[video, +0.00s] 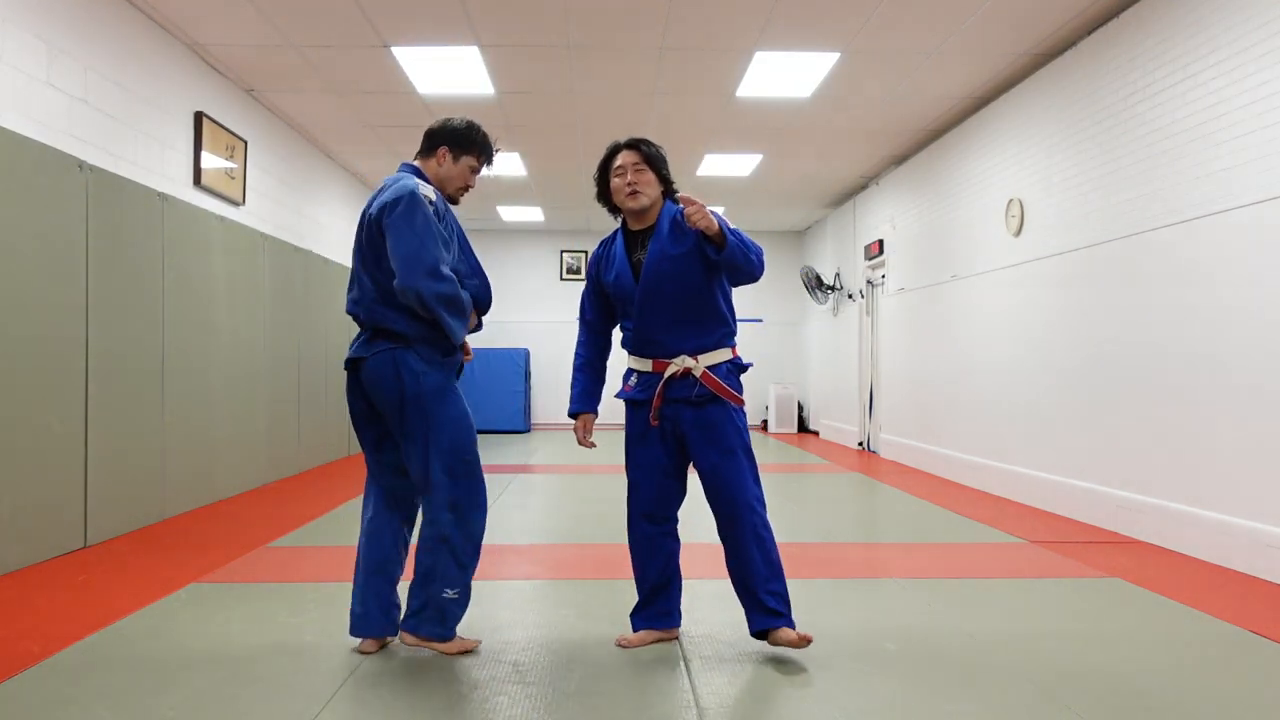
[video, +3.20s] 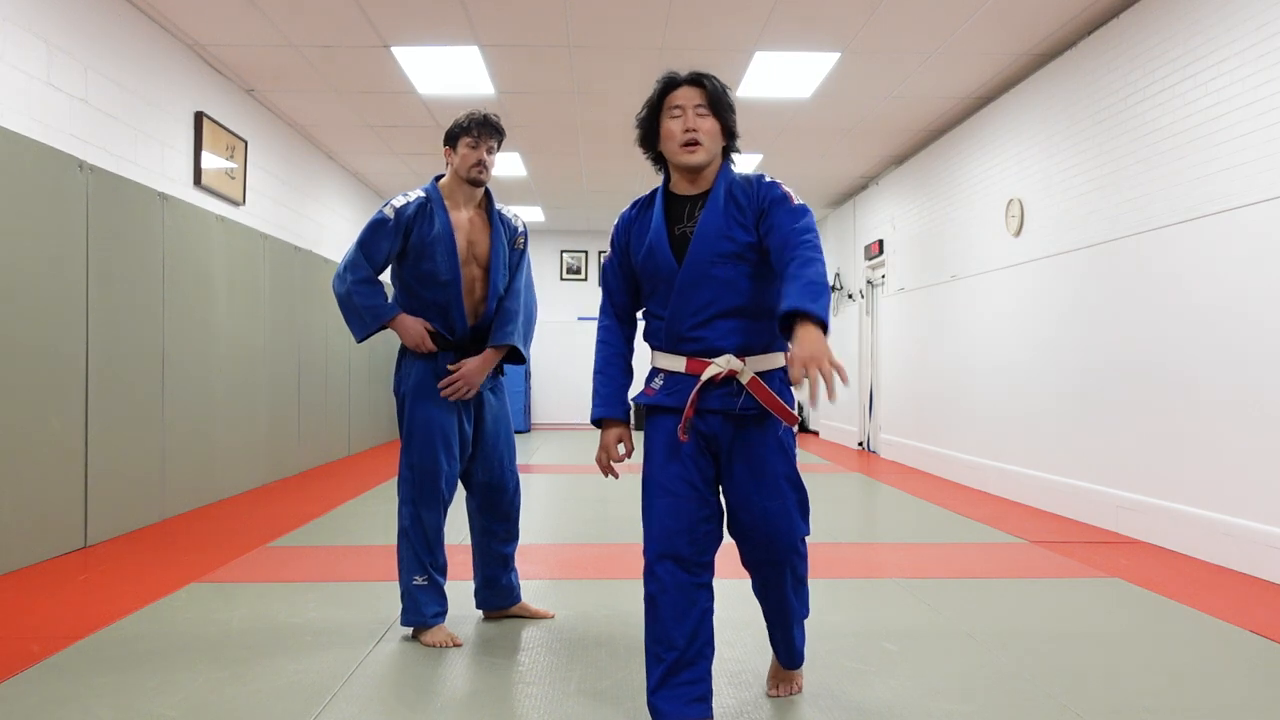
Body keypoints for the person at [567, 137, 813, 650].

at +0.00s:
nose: (629, 177)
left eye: (639, 168)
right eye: (619, 172)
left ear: (661, 178)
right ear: (609, 191)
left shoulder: (696, 221)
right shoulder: (607, 255)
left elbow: (751, 268)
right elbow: (593, 332)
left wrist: (715, 231)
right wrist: (584, 403)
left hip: (712, 382)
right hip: (646, 389)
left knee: (740, 504)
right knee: (649, 511)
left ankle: (772, 620)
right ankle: (658, 620)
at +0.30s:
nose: (659, 171)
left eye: (672, 163)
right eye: (651, 165)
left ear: (696, 176)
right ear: (640, 180)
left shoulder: (724, 228)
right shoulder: (639, 243)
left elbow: (738, 298)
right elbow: (621, 326)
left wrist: (657, 279)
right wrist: (604, 397)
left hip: (712, 389)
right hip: (655, 391)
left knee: (725, 522)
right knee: (650, 514)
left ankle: (750, 649)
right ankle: (660, 619)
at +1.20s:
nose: (727, 157)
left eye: (743, 147)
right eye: (721, 146)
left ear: (774, 159)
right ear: (714, 155)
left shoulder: (793, 225)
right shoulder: (716, 219)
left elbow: (800, 330)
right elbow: (699, 307)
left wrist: (716, 362)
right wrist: (681, 375)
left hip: (767, 394)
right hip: (710, 388)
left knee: (753, 526)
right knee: (681, 509)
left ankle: (758, 657)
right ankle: (690, 626)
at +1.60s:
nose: (743, 150)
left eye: (758, 141)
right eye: (734, 139)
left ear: (784, 157)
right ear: (720, 153)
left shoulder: (806, 223)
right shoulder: (701, 227)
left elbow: (851, 303)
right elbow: (680, 319)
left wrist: (782, 303)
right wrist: (666, 395)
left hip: (779, 394)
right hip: (708, 390)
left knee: (766, 538)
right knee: (679, 529)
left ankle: (760, 660)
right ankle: (661, 663)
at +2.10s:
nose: (717, 142)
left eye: (730, 131)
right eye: (704, 133)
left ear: (753, 146)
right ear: (687, 149)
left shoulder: (783, 213)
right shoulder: (662, 228)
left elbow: (856, 269)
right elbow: (635, 323)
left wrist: (802, 197)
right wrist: (626, 409)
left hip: (769, 401)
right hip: (689, 402)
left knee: (768, 547)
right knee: (690, 552)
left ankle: (762, 656)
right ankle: (691, 697)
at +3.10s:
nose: (671, 120)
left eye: (683, 107)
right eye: (655, 111)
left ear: (707, 121)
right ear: (637, 131)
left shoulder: (750, 187)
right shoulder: (620, 218)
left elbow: (813, 255)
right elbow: (601, 319)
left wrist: (777, 242)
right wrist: (598, 415)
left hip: (750, 390)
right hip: (664, 396)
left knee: (770, 541)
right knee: (669, 563)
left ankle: (787, 645)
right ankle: (679, 709)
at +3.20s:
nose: (690, 122)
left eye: (702, 112)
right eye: (676, 114)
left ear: (726, 129)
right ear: (656, 135)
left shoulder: (762, 196)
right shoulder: (635, 223)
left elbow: (802, 252)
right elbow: (615, 322)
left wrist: (807, 324)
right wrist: (611, 413)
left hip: (757, 390)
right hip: (671, 399)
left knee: (774, 542)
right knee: (672, 562)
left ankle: (788, 652)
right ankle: (679, 709)